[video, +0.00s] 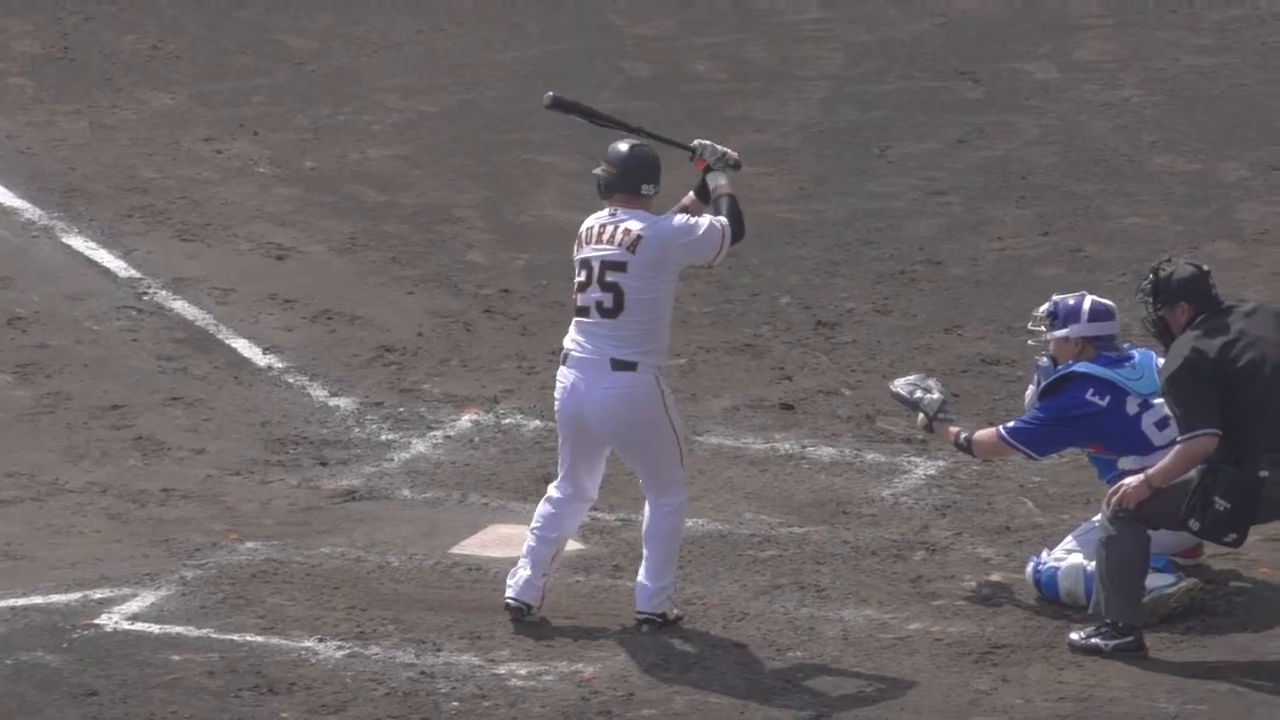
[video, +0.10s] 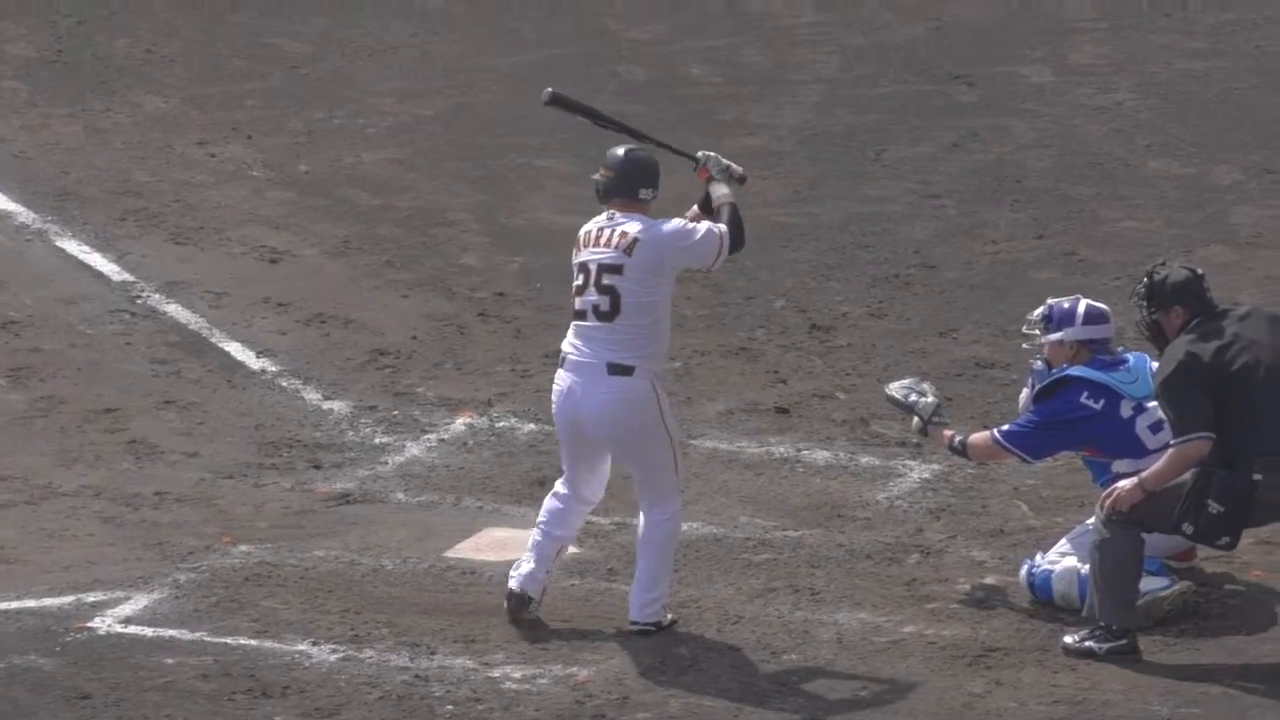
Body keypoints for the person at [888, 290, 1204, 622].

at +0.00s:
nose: (1048, 345)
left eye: (1055, 338)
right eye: (1050, 337)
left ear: (1079, 344)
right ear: (1099, 339)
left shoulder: (1080, 395)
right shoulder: (1146, 359)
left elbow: (994, 444)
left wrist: (944, 428)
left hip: (1161, 515)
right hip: (1202, 493)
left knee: (1046, 570)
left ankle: (1158, 583)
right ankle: (1181, 547)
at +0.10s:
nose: (1042, 346)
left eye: (1048, 339)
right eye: (1043, 339)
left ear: (1073, 347)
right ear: (1097, 340)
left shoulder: (1075, 398)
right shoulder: (1142, 362)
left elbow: (995, 446)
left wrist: (943, 435)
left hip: (1153, 519)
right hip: (1199, 499)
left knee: (1040, 570)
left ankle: (1150, 587)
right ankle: (1177, 549)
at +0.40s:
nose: (985, 350)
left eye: (993, 342)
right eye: (987, 342)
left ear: (1018, 351)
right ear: (1037, 345)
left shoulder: (1020, 399)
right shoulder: (1080, 365)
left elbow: (952, 462)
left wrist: (913, 447)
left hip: (1093, 517)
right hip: (1137, 498)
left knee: (983, 564)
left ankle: (1092, 579)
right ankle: (1114, 546)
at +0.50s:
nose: (973, 349)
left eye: (980, 341)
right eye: (974, 341)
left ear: (1004, 350)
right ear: (1028, 345)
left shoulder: (1007, 396)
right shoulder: (1069, 366)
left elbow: (968, 468)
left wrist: (918, 459)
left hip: (1078, 515)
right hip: (1121, 495)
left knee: (976, 560)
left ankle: (1075, 573)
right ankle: (1102, 540)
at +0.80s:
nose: (949, 349)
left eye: (954, 342)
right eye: (950, 341)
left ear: (976, 349)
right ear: (1002, 343)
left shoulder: (979, 392)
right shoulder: (1038, 364)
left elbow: (953, 466)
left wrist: (910, 477)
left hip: (1051, 502)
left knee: (951, 545)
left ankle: (1050, 560)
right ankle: (1072, 526)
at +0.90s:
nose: (940, 348)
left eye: (946, 341)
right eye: (941, 340)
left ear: (967, 348)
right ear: (990, 343)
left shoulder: (968, 391)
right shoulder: (1027, 363)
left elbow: (931, 452)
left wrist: (887, 452)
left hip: (1047, 495)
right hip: (1083, 474)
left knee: (944, 539)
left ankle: (1036, 551)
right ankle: (1061, 519)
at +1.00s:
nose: (935, 348)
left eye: (940, 341)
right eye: (937, 341)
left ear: (960, 348)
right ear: (983, 343)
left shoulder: (961, 391)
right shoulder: (1018, 361)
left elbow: (910, 434)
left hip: (1039, 489)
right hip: (1078, 468)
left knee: (940, 533)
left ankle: (1032, 544)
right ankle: (1055, 513)